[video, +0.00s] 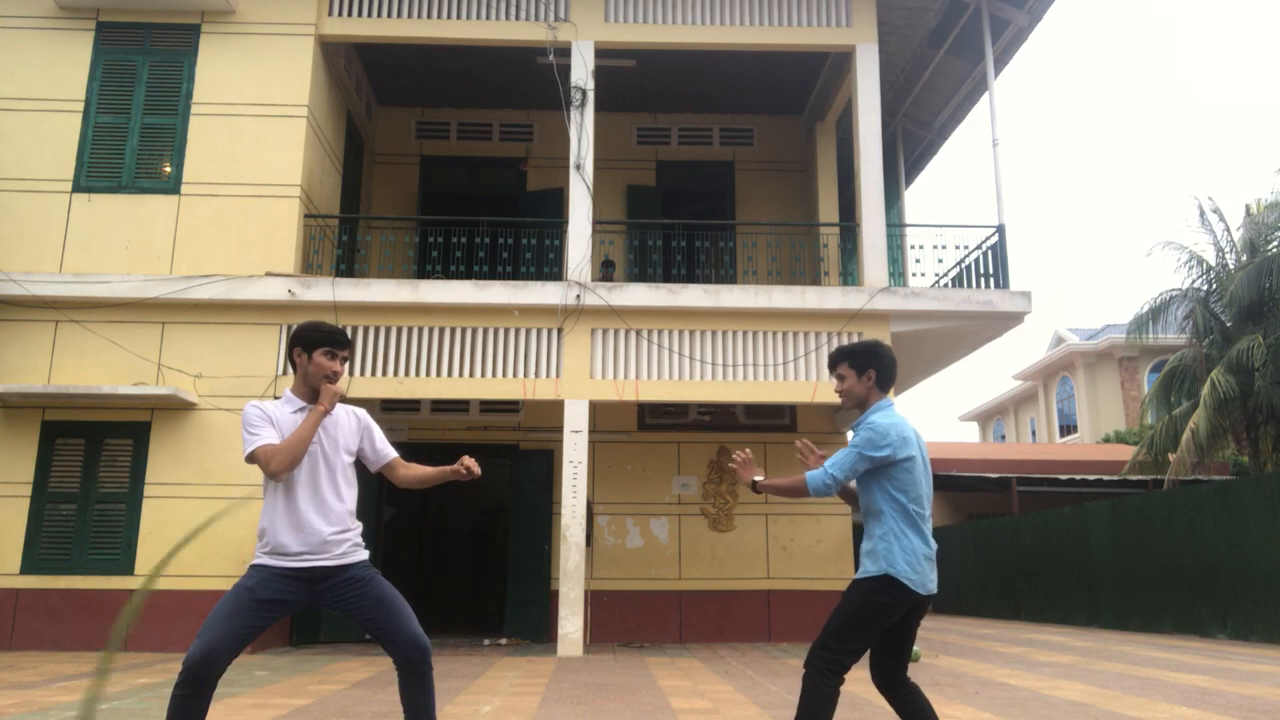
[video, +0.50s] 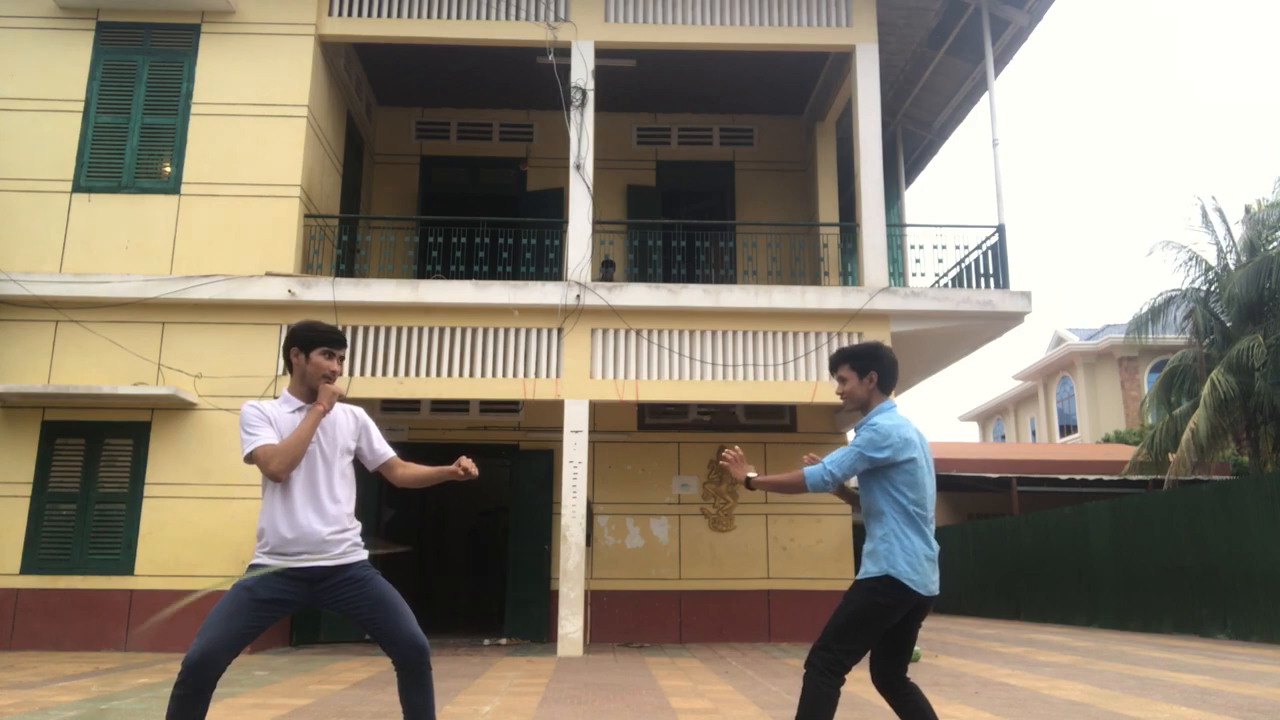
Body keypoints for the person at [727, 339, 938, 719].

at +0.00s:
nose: (836, 388)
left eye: (842, 378)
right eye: (835, 379)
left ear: (869, 378)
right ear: (870, 380)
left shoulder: (880, 428)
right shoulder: (900, 428)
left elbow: (821, 483)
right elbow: (873, 505)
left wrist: (757, 482)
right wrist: (830, 476)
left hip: (889, 572)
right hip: (915, 575)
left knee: (823, 666)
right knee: (890, 677)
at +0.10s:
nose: (836, 388)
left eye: (842, 379)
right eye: (835, 380)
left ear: (870, 379)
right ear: (870, 381)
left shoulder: (880, 428)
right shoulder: (901, 428)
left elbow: (820, 479)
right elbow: (874, 507)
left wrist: (753, 482)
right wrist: (832, 478)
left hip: (890, 573)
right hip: (917, 575)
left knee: (824, 666)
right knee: (890, 677)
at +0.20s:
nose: (837, 390)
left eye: (842, 380)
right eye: (836, 381)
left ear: (870, 380)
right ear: (870, 382)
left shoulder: (880, 429)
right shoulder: (904, 430)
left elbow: (818, 478)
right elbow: (879, 508)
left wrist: (750, 481)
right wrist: (835, 483)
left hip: (889, 573)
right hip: (917, 576)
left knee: (824, 666)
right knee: (889, 677)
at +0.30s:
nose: (837, 390)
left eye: (842, 380)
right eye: (836, 382)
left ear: (870, 380)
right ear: (870, 382)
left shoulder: (881, 430)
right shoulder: (904, 430)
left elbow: (818, 477)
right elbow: (879, 507)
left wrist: (750, 481)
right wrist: (836, 484)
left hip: (890, 574)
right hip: (918, 576)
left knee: (824, 666)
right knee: (889, 677)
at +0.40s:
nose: (837, 390)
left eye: (843, 380)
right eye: (836, 381)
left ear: (870, 380)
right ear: (870, 382)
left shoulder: (882, 430)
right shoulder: (904, 430)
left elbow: (819, 477)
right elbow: (878, 506)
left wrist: (750, 480)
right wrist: (834, 482)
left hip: (890, 574)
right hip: (918, 576)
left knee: (824, 667)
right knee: (889, 677)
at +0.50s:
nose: (838, 390)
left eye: (843, 380)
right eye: (837, 381)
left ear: (871, 380)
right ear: (871, 382)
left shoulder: (882, 429)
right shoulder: (904, 430)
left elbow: (817, 477)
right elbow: (878, 507)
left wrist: (750, 479)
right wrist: (834, 482)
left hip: (890, 574)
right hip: (918, 576)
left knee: (824, 667)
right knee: (889, 677)